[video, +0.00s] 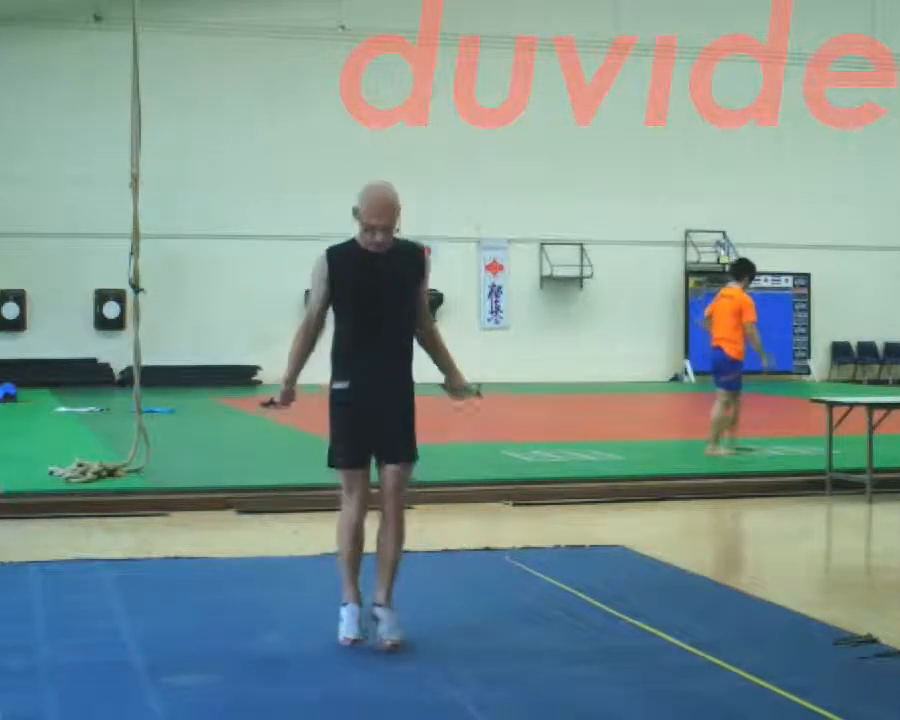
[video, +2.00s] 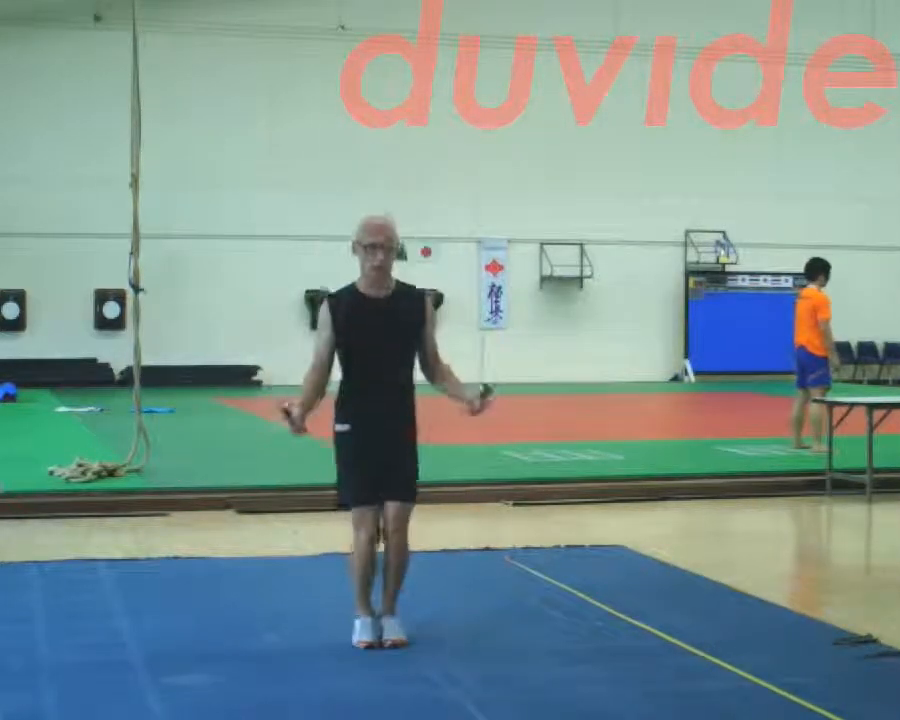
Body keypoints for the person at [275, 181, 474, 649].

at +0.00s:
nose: (379, 238)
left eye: (387, 230)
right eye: (371, 229)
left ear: (398, 220)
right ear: (357, 217)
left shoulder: (414, 258)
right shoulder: (333, 261)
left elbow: (424, 326)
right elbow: (311, 326)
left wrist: (453, 376)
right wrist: (289, 382)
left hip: (395, 391)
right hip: (352, 392)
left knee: (392, 498)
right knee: (358, 497)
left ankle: (377, 605)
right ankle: (354, 603)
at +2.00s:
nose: (377, 256)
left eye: (384, 248)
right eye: (369, 248)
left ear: (396, 251)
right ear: (355, 251)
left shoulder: (418, 303)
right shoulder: (336, 306)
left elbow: (433, 365)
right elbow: (320, 368)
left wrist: (465, 395)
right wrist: (301, 408)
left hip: (399, 420)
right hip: (354, 421)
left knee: (396, 521)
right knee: (366, 523)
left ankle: (389, 614)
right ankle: (363, 615)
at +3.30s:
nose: (368, 195)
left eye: (377, 187)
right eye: (360, 187)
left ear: (390, 189)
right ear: (348, 188)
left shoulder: (409, 236)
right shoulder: (327, 237)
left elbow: (422, 305)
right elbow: (311, 306)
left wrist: (452, 351)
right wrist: (291, 355)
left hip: (390, 362)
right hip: (344, 362)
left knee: (391, 459)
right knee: (351, 459)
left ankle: (383, 566)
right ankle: (350, 566)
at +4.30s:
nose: (354, 238)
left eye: (363, 230)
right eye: (346, 230)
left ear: (376, 233)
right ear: (334, 234)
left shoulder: (395, 284)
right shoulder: (313, 288)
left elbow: (410, 347)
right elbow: (294, 352)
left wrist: (440, 393)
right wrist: (276, 409)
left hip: (379, 411)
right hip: (334, 413)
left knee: (376, 512)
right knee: (342, 517)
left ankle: (365, 613)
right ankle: (337, 615)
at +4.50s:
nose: (352, 189)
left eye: (361, 181)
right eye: (344, 181)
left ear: (374, 182)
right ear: (332, 181)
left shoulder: (395, 229)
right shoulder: (311, 233)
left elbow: (413, 295)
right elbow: (294, 299)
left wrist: (442, 346)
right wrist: (274, 354)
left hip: (375, 353)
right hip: (328, 354)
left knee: (377, 455)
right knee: (340, 458)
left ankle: (366, 556)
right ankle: (339, 555)